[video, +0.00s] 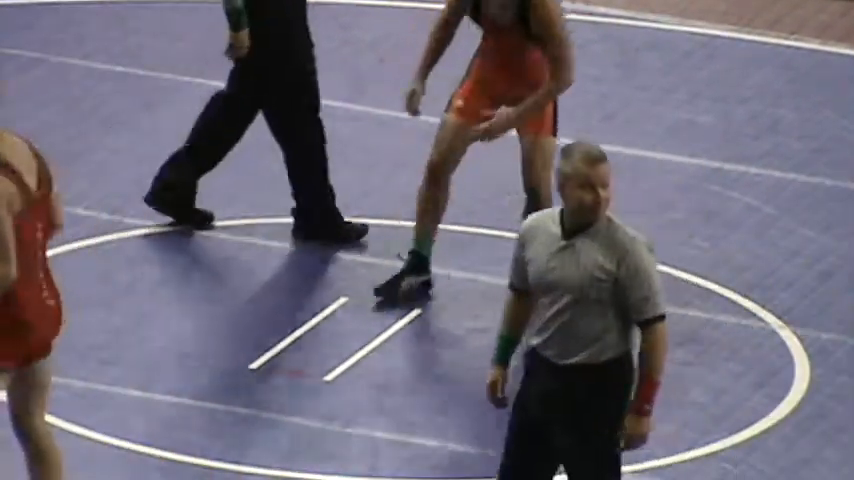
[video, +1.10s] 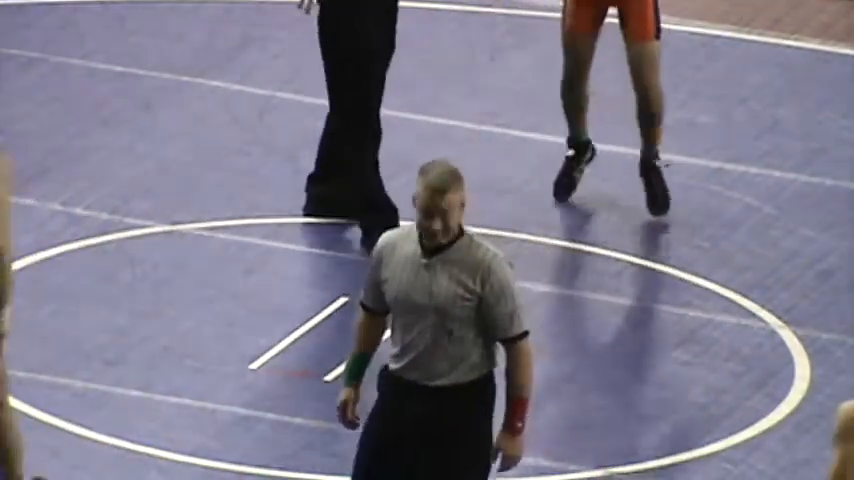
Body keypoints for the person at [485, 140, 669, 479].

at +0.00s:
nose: (598, 197)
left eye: (604, 187)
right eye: (587, 187)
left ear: (611, 187)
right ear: (561, 186)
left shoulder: (627, 249)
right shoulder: (533, 230)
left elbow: (654, 329)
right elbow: (521, 297)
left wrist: (642, 409)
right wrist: (500, 363)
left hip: (601, 381)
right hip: (542, 375)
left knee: (594, 472)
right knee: (518, 471)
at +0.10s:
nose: (578, 195)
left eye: (583, 186)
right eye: (567, 186)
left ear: (589, 187)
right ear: (539, 188)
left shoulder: (606, 247)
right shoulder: (510, 229)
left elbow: (632, 327)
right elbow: (496, 295)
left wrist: (627, 410)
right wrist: (480, 363)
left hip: (578, 379)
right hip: (518, 372)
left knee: (567, 471)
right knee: (498, 469)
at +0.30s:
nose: (544, 190)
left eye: (549, 180)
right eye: (532, 181)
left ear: (556, 180)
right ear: (504, 181)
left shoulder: (573, 239)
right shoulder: (472, 224)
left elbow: (599, 317)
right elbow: (450, 289)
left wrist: (590, 400)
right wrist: (430, 356)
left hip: (541, 370)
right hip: (482, 362)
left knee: (519, 466)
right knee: (474, 463)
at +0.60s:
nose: (510, 195)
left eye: (514, 185)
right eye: (498, 186)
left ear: (520, 183)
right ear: (468, 184)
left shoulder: (538, 243)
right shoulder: (432, 232)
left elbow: (565, 319)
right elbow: (410, 295)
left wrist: (552, 400)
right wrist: (388, 365)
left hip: (511, 373)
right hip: (452, 368)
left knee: (491, 470)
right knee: (453, 467)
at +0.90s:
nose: (484, 209)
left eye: (488, 199)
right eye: (472, 201)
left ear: (493, 197)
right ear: (441, 199)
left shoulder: (507, 260)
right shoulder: (406, 248)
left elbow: (537, 337)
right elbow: (386, 313)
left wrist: (541, 419)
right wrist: (369, 382)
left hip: (483, 391)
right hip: (422, 387)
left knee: (470, 473)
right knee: (423, 472)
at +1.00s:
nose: (466, 216)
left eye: (472, 206)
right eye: (455, 207)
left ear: (479, 202)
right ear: (430, 202)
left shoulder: (497, 261)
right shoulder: (398, 248)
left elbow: (528, 339)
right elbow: (379, 316)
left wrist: (530, 421)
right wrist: (361, 384)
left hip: (474, 397)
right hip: (411, 391)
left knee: (466, 472)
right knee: (397, 472)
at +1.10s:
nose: (434, 225)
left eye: (444, 215)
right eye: (426, 215)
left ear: (462, 207)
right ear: (415, 204)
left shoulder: (487, 267)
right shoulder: (389, 249)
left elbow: (517, 346)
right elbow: (372, 315)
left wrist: (514, 427)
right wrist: (352, 382)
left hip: (463, 403)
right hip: (399, 394)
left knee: (460, 473)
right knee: (371, 473)